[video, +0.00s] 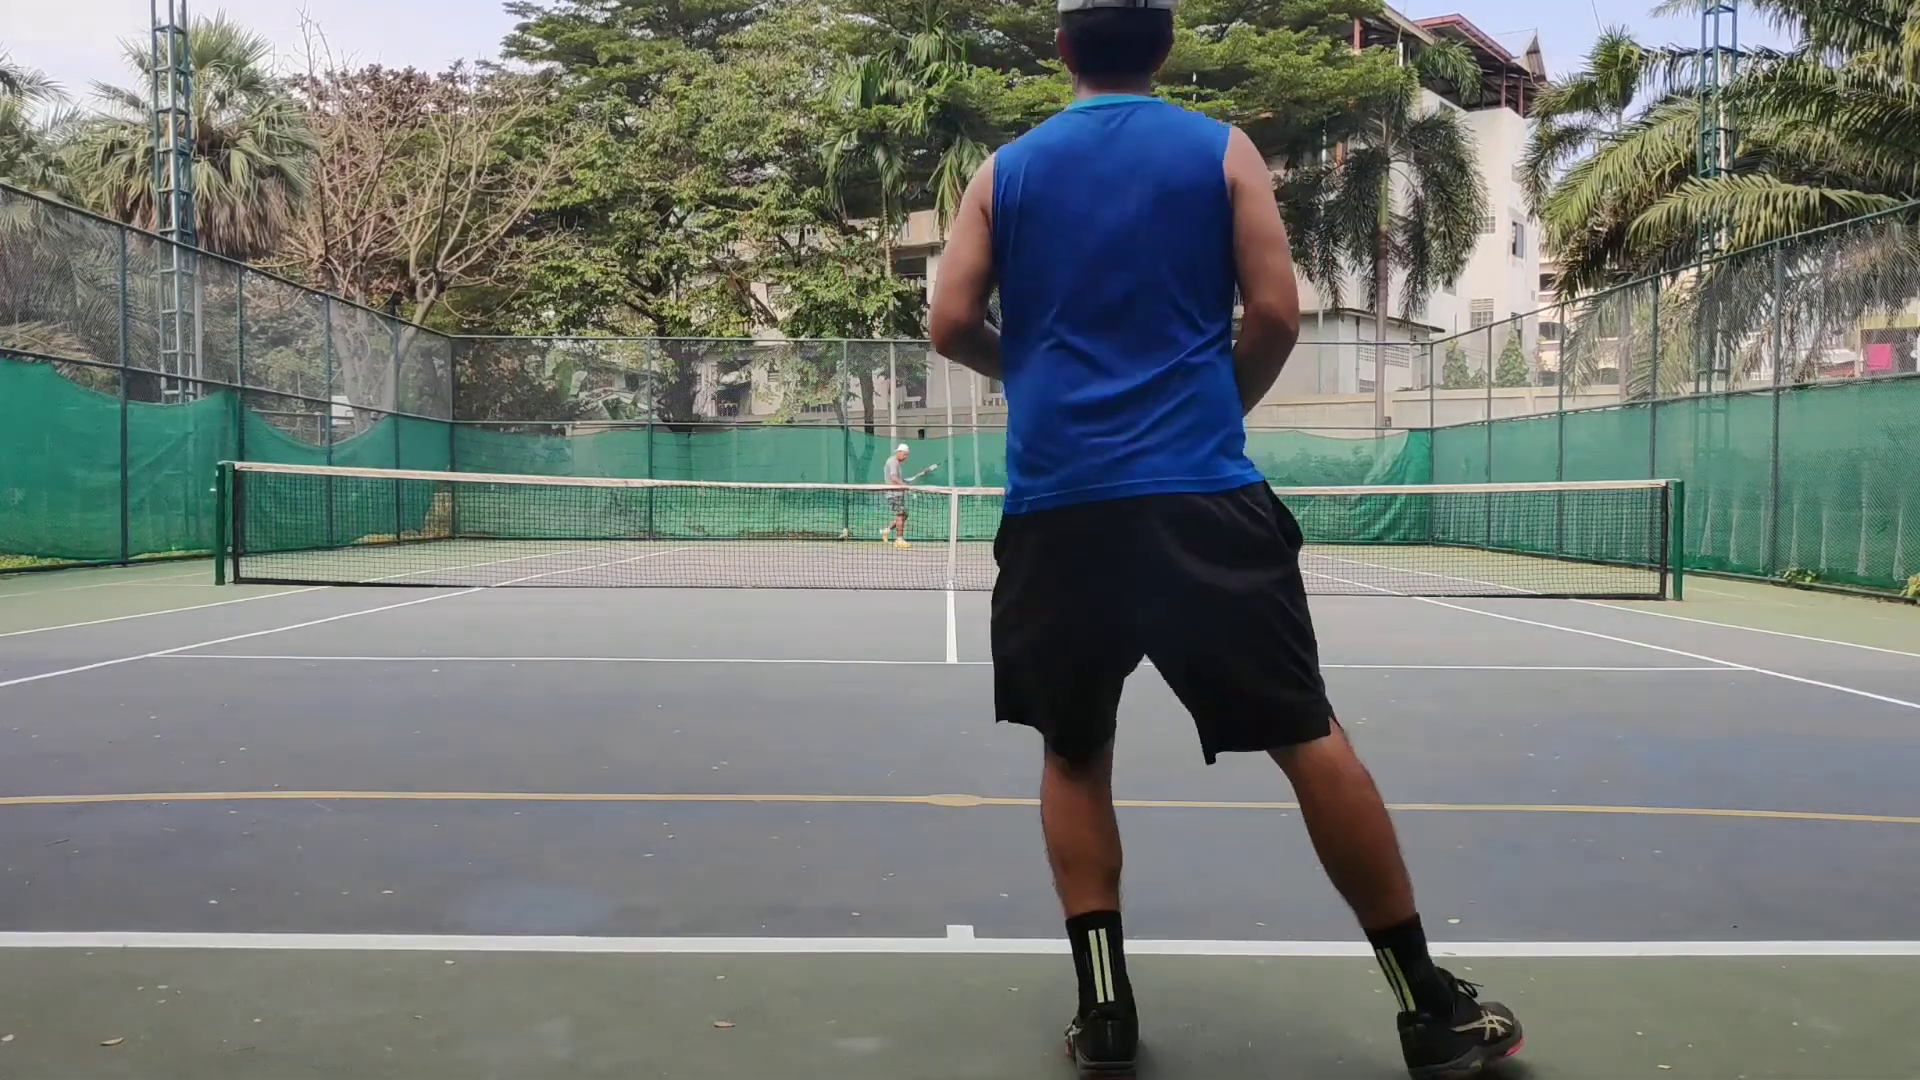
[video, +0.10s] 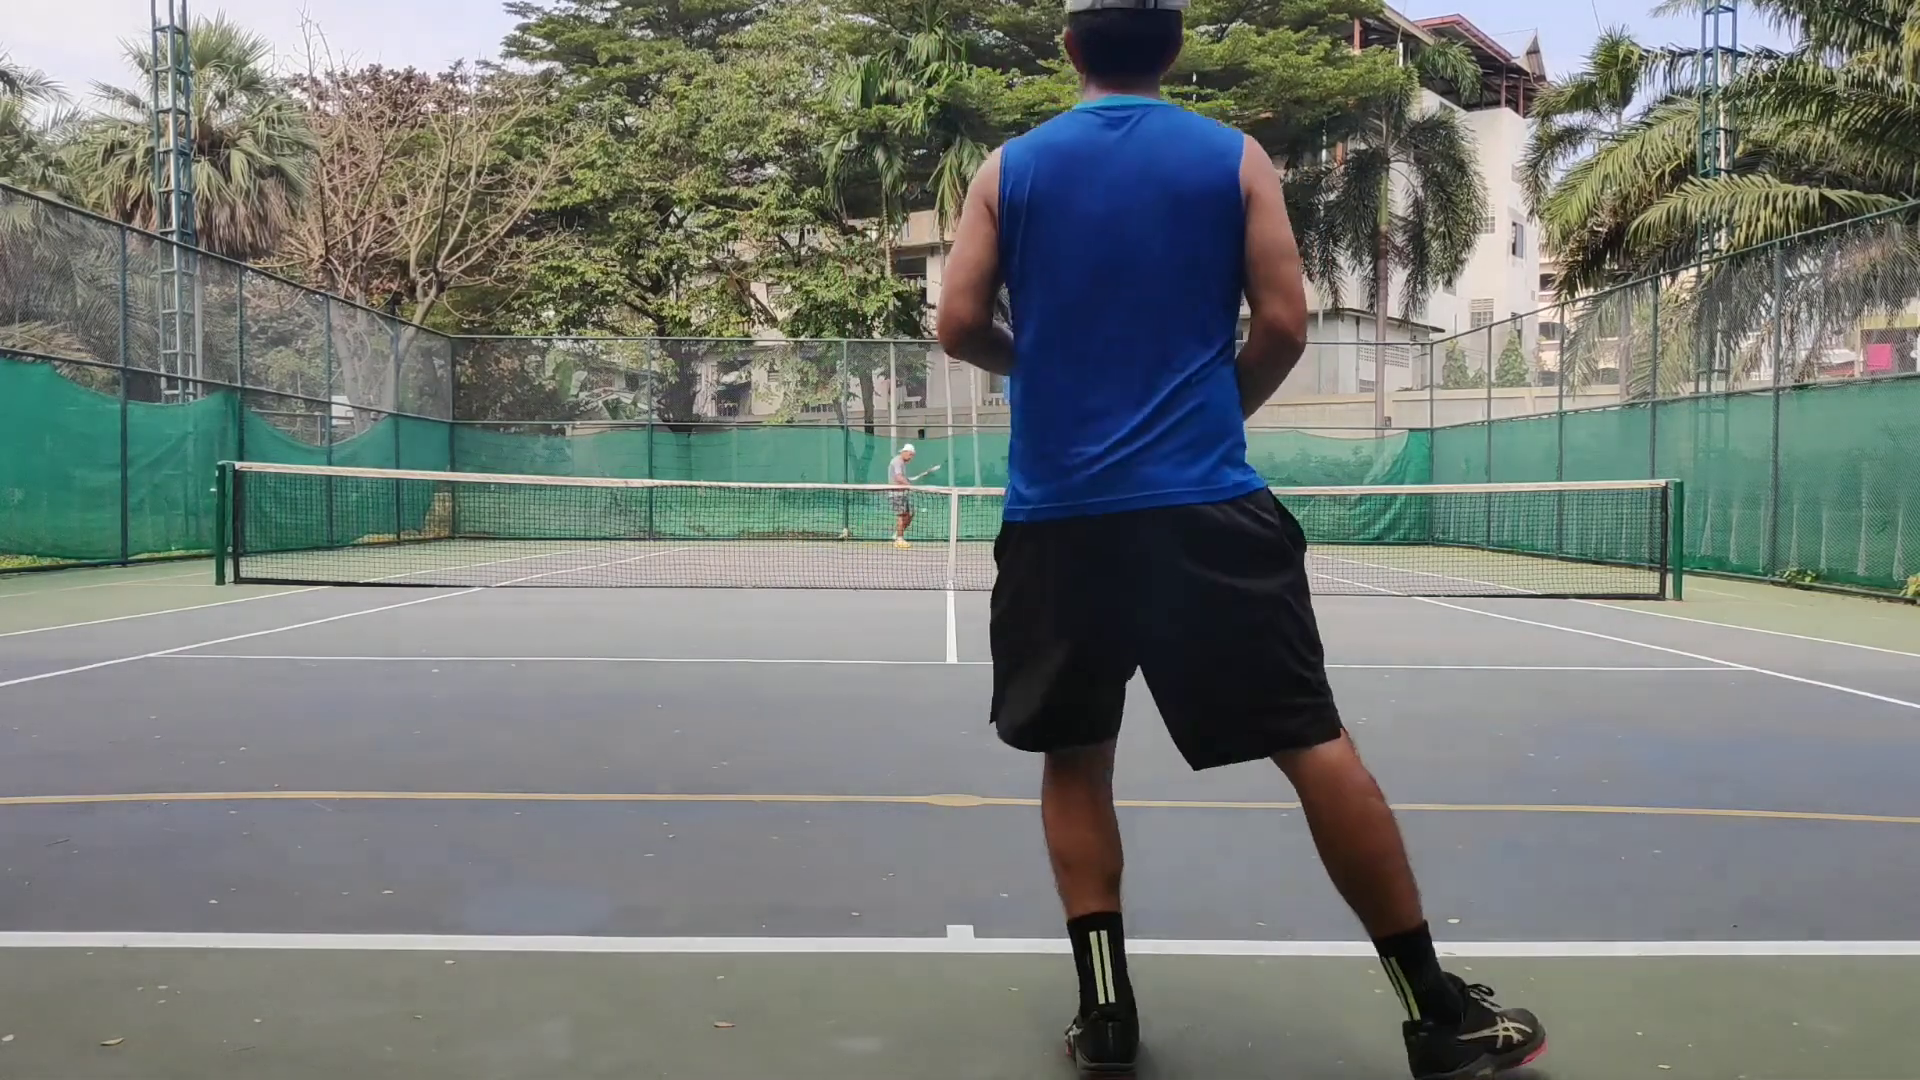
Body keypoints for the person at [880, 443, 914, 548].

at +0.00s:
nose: (906, 457)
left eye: (906, 455)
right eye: (905, 455)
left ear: (903, 454)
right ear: (899, 453)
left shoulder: (896, 462)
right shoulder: (892, 462)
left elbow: (896, 476)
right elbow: (893, 477)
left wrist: (904, 481)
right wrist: (904, 485)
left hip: (897, 490)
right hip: (893, 491)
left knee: (904, 515)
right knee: (900, 515)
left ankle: (887, 530)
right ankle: (899, 539)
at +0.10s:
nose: (910, 458)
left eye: (912, 455)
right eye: (910, 455)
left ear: (908, 454)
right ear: (904, 452)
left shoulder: (901, 462)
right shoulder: (897, 461)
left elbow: (901, 476)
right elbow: (898, 477)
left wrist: (907, 481)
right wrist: (908, 485)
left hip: (901, 491)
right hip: (896, 491)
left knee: (909, 514)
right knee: (902, 515)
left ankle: (898, 534)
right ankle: (899, 538)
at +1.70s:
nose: (924, 452)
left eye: (925, 449)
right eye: (921, 449)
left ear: (929, 451)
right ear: (918, 451)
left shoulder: (933, 461)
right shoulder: (914, 462)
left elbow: (940, 473)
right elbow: (909, 476)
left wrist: (946, 481)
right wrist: (910, 488)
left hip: (931, 491)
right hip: (918, 491)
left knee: (930, 515)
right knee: (919, 515)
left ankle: (929, 537)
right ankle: (919, 535)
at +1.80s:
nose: (925, 450)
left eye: (927, 448)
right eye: (923, 448)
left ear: (929, 449)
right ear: (919, 450)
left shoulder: (935, 460)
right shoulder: (914, 461)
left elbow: (942, 472)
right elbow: (909, 474)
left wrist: (948, 482)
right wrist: (910, 486)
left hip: (932, 490)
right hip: (919, 490)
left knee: (934, 514)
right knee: (920, 515)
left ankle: (935, 536)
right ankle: (920, 536)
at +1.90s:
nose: (927, 450)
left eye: (929, 448)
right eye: (925, 448)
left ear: (932, 449)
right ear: (921, 450)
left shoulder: (937, 460)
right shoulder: (917, 461)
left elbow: (943, 472)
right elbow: (910, 473)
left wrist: (948, 483)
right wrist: (911, 486)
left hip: (934, 490)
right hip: (921, 491)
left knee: (939, 514)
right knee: (921, 515)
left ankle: (941, 536)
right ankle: (920, 536)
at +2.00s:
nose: (931, 452)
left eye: (932, 449)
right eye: (928, 449)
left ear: (935, 451)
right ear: (924, 451)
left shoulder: (939, 462)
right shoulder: (919, 462)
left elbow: (944, 475)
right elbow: (914, 475)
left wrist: (948, 487)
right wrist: (915, 486)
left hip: (937, 490)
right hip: (924, 490)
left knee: (942, 514)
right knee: (923, 514)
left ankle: (946, 534)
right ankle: (920, 536)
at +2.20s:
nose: (939, 453)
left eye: (941, 451)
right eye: (937, 451)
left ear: (943, 452)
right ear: (933, 453)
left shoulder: (948, 464)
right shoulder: (928, 464)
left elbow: (951, 477)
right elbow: (924, 477)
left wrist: (951, 488)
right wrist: (925, 488)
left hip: (945, 491)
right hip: (932, 491)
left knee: (949, 515)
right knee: (928, 514)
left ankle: (950, 534)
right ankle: (921, 534)